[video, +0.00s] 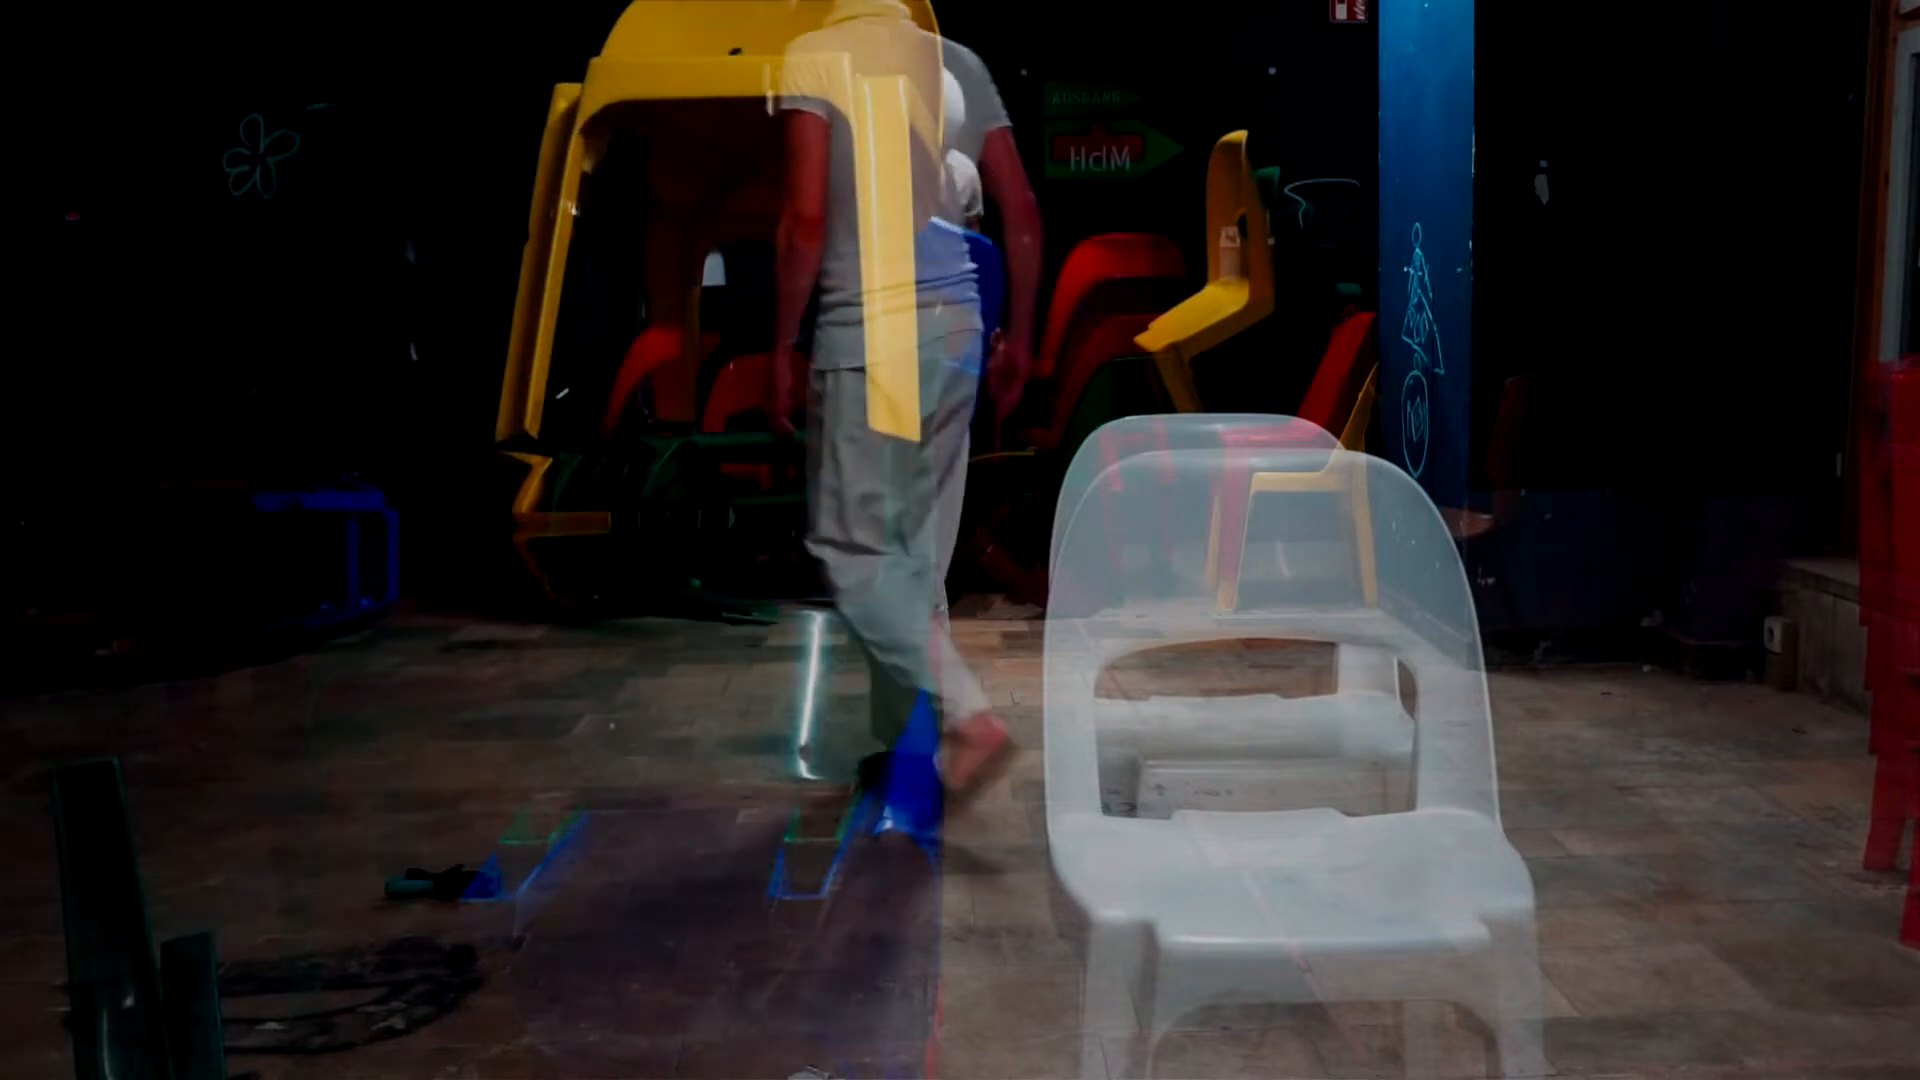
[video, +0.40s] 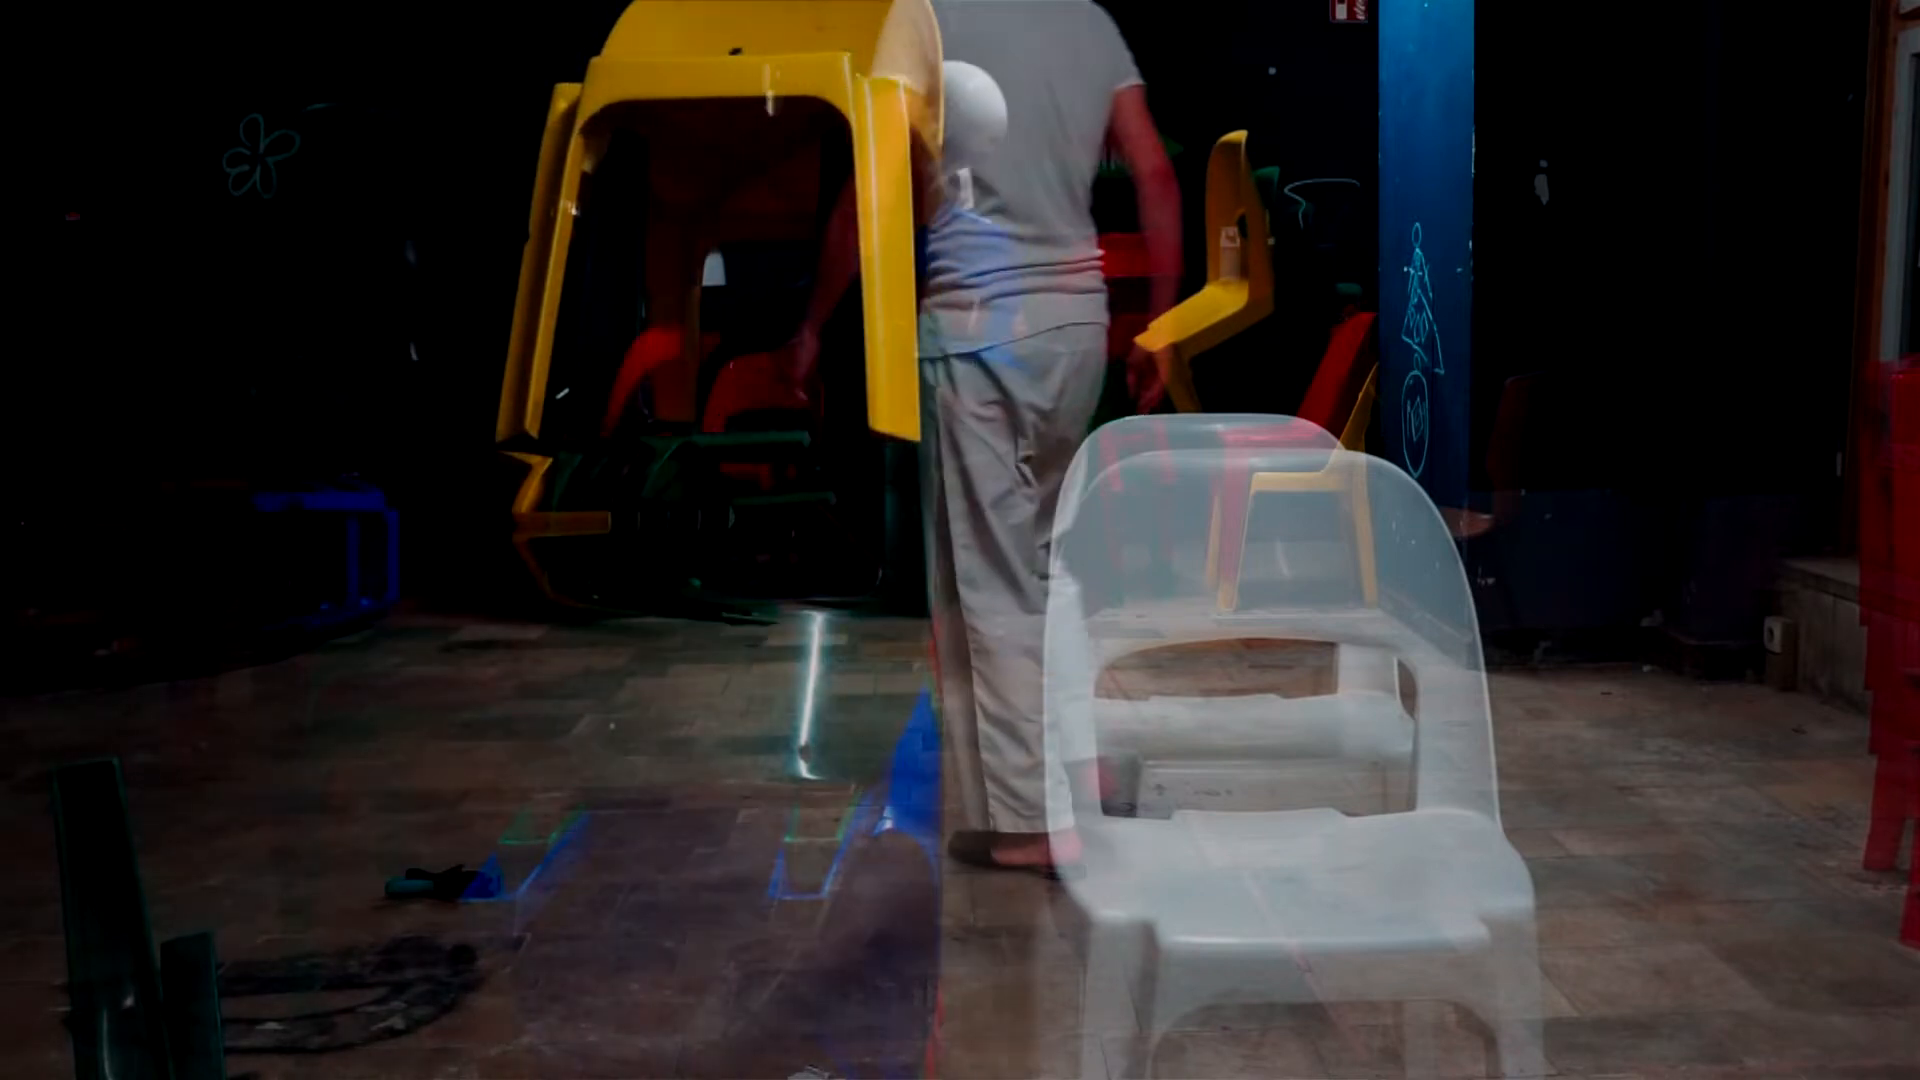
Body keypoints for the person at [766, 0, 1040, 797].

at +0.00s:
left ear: (830, 9)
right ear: (900, 7)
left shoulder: (818, 60)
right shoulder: (959, 63)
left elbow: (807, 217)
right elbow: (1020, 214)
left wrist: (784, 345)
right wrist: (1017, 334)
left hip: (865, 334)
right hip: (957, 326)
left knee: (854, 543)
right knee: (922, 547)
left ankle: (965, 718)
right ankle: (896, 757)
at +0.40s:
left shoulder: (919, 22)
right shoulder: (1089, 21)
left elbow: (876, 191)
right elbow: (1153, 170)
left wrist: (816, 321)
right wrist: (1165, 315)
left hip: (976, 329)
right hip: (1079, 322)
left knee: (998, 579)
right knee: (1020, 564)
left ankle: (1028, 822)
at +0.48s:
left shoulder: (939, 16)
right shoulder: (1117, 19)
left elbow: (917, 185)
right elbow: (1182, 173)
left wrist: (852, 345)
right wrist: (1184, 319)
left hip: (997, 328)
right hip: (1103, 318)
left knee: (1004, 585)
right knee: (1077, 558)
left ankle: (1036, 821)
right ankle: (1157, 745)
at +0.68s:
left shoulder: (1046, 10)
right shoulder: (1203, 26)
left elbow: (1048, 183)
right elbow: (1248, 202)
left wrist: (1014, 357)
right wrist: (1240, 332)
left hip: (1072, 333)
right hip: (1181, 328)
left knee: (1032, 589)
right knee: (1187, 584)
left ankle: (1041, 819)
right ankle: (1308, 807)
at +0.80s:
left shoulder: (1113, 4)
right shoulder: (1258, 17)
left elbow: (1154, 148)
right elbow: (1311, 196)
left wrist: (1128, 351)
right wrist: (1269, 331)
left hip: (1137, 341)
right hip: (1246, 336)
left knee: (1085, 595)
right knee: (1272, 610)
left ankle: (1045, 813)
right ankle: (1349, 860)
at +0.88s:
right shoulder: (1300, 11)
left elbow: (1215, 138)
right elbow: (1347, 188)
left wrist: (1205, 331)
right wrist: (1302, 312)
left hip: (1170, 333)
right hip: (1278, 329)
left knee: (1103, 608)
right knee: (1296, 614)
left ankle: (1093, 853)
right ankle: (1352, 874)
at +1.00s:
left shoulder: (1219, 5)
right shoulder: (1353, 8)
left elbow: (1284, 129)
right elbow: (1400, 179)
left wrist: (1295, 334)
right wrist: (1358, 310)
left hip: (1225, 332)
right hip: (1333, 320)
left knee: (1147, 603)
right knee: (1319, 607)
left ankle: (1242, 858)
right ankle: (1364, 878)